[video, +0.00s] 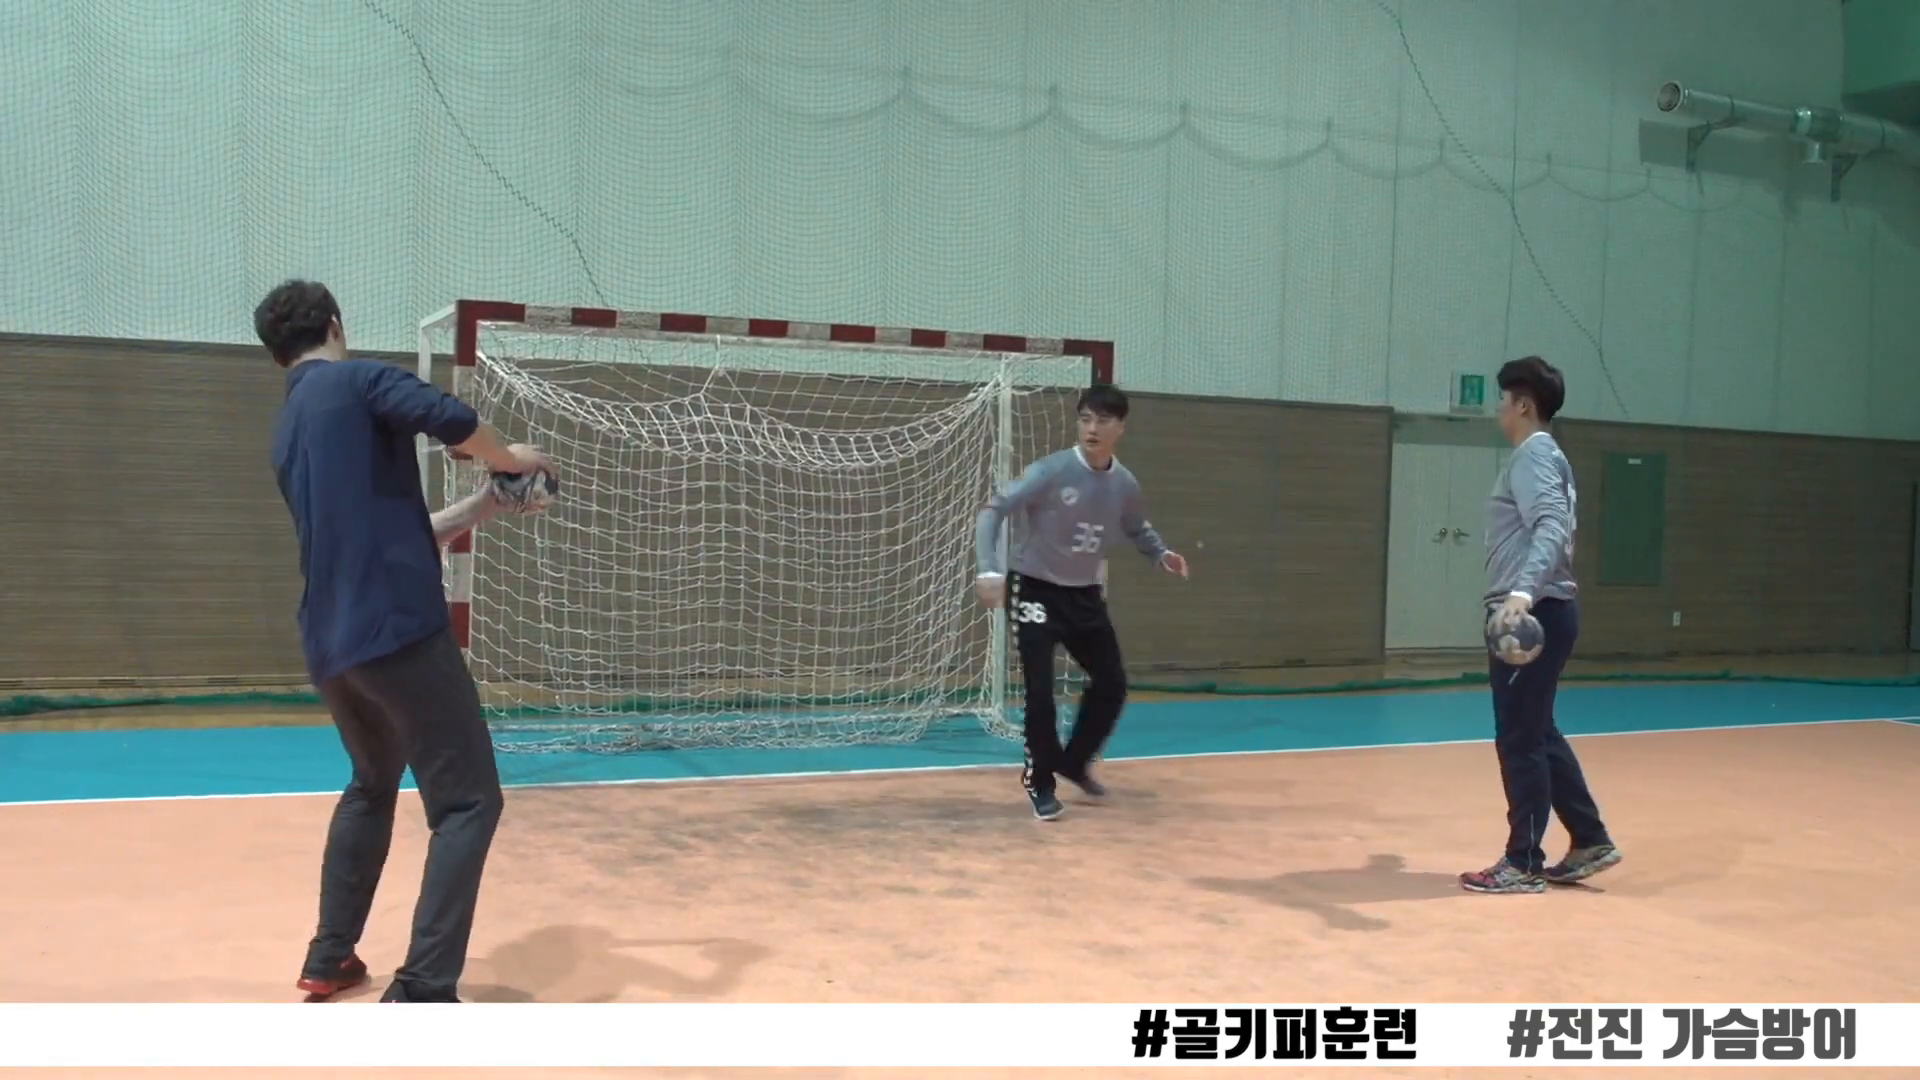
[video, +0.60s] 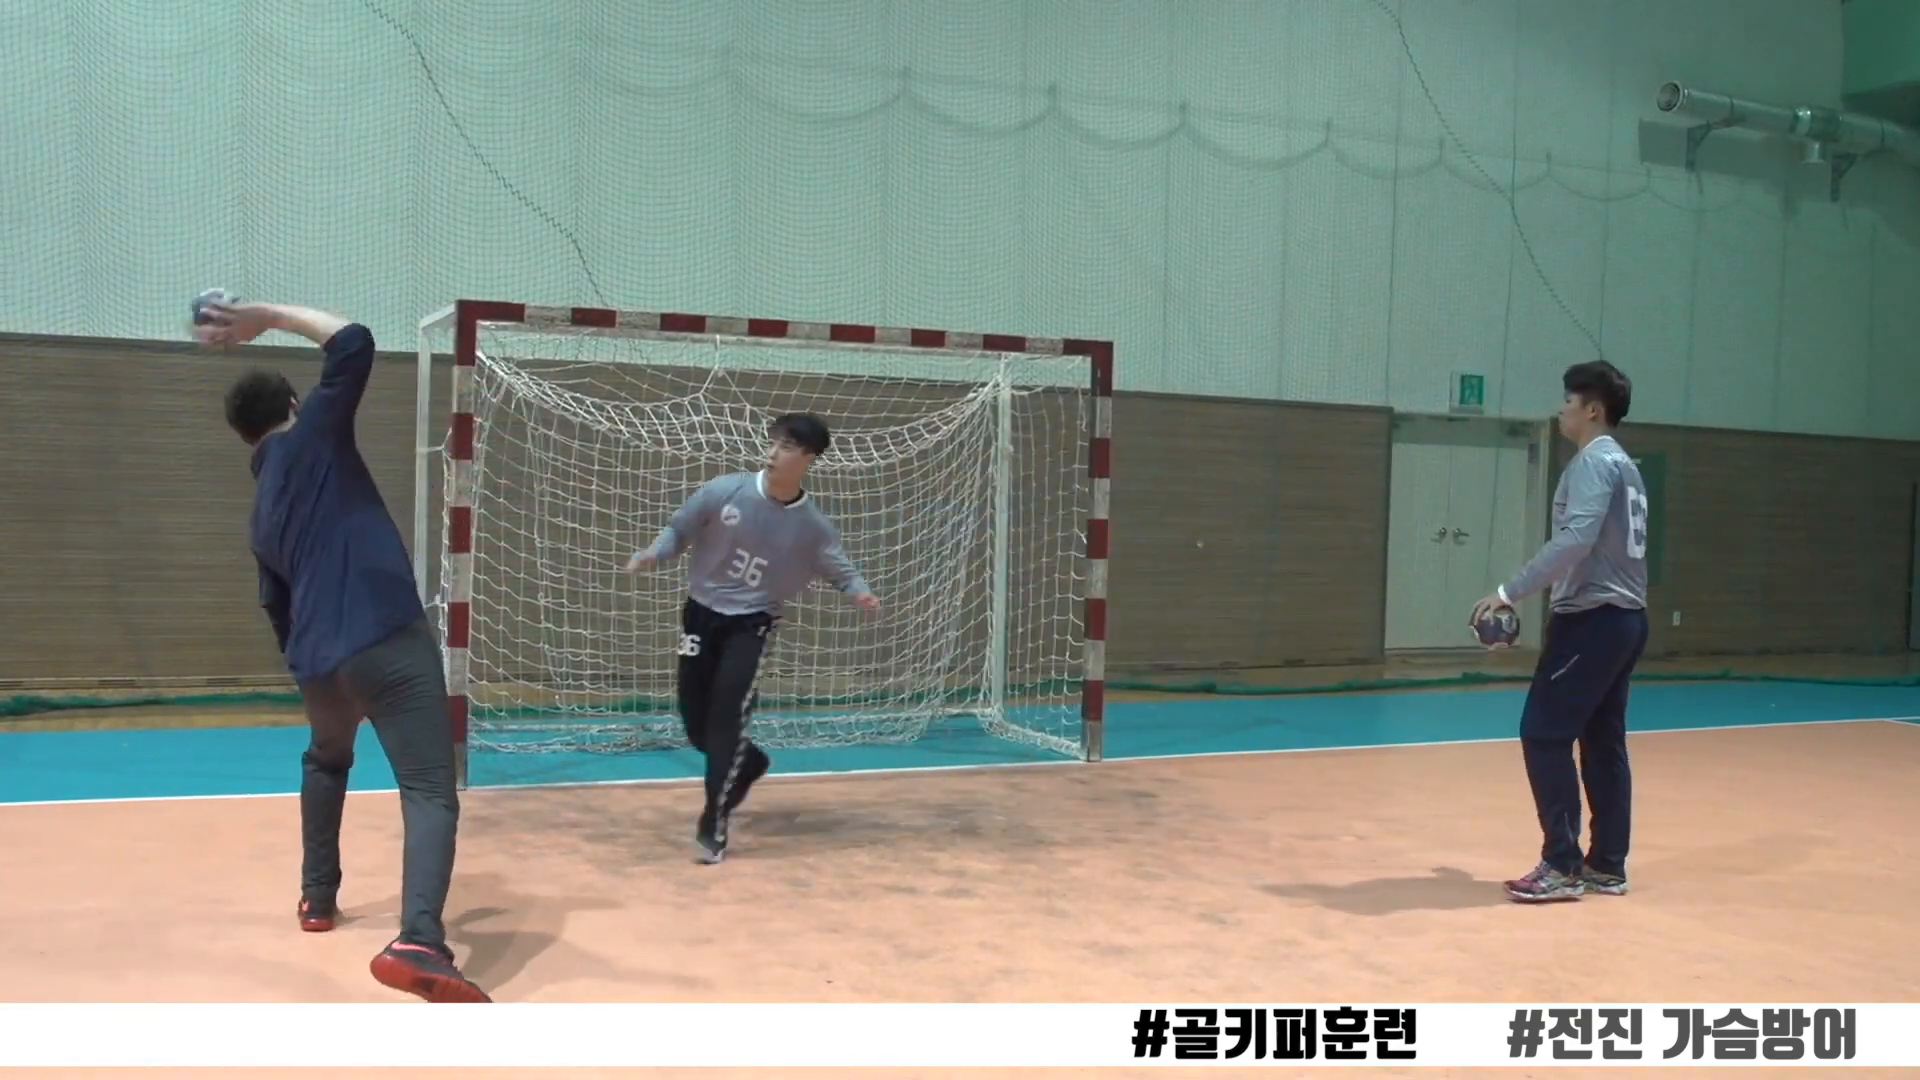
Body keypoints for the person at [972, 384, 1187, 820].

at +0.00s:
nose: (1092, 429)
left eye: (1103, 422)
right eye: (1086, 419)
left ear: (1121, 429)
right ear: (1076, 423)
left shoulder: (1124, 485)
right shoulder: (1051, 471)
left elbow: (1138, 530)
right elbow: (992, 511)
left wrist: (1162, 554)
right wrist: (989, 570)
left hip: (1084, 594)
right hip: (1035, 590)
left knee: (1111, 685)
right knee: (1040, 691)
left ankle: (1074, 761)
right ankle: (1042, 784)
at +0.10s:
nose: (1032, 439)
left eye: (1044, 431)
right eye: (1027, 429)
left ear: (1064, 439)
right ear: (1020, 432)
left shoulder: (1076, 496)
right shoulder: (986, 482)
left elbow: (1104, 534)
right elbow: (942, 528)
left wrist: (1121, 554)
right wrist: (912, 582)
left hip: (1024, 603)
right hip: (976, 595)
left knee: (1020, 699)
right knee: (973, 682)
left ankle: (960, 726)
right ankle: (966, 762)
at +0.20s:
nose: (977, 469)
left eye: (988, 461)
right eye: (972, 460)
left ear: (1007, 469)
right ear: (965, 465)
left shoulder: (1024, 527)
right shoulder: (937, 515)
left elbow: (1056, 561)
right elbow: (899, 568)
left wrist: (1073, 576)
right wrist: (866, 613)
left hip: (967, 630)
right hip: (920, 619)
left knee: (951, 708)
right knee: (903, 693)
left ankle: (916, 764)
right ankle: (849, 753)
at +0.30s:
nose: (920, 472)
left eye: (932, 465)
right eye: (917, 463)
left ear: (951, 473)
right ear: (910, 468)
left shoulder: (967, 533)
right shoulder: (879, 517)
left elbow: (1012, 578)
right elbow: (840, 560)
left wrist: (1011, 563)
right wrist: (795, 594)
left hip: (923, 647)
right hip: (869, 636)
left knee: (934, 726)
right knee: (820, 695)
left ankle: (920, 767)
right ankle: (771, 772)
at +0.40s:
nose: (859, 463)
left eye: (871, 456)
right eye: (855, 454)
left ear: (893, 468)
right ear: (848, 458)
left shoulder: (906, 534)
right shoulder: (813, 504)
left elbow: (937, 571)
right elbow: (772, 535)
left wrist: (957, 580)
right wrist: (721, 557)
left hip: (861, 641)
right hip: (806, 632)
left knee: (892, 725)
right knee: (766, 708)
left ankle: (919, 756)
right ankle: (766, 788)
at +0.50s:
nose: (813, 463)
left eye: (825, 457)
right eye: (810, 453)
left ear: (847, 469)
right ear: (804, 457)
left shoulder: (856, 531)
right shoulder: (768, 498)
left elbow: (886, 572)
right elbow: (716, 513)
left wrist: (907, 594)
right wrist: (688, 528)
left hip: (810, 624)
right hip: (760, 617)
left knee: (812, 696)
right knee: (747, 700)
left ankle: (831, 790)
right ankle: (767, 786)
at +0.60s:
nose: (776, 452)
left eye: (789, 448)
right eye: (775, 443)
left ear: (810, 461)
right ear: (768, 446)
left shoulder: (813, 526)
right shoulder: (724, 491)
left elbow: (842, 571)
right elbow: (678, 530)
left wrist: (861, 593)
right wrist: (655, 553)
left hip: (751, 623)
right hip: (702, 615)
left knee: (724, 713)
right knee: (696, 724)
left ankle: (713, 823)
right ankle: (746, 761)